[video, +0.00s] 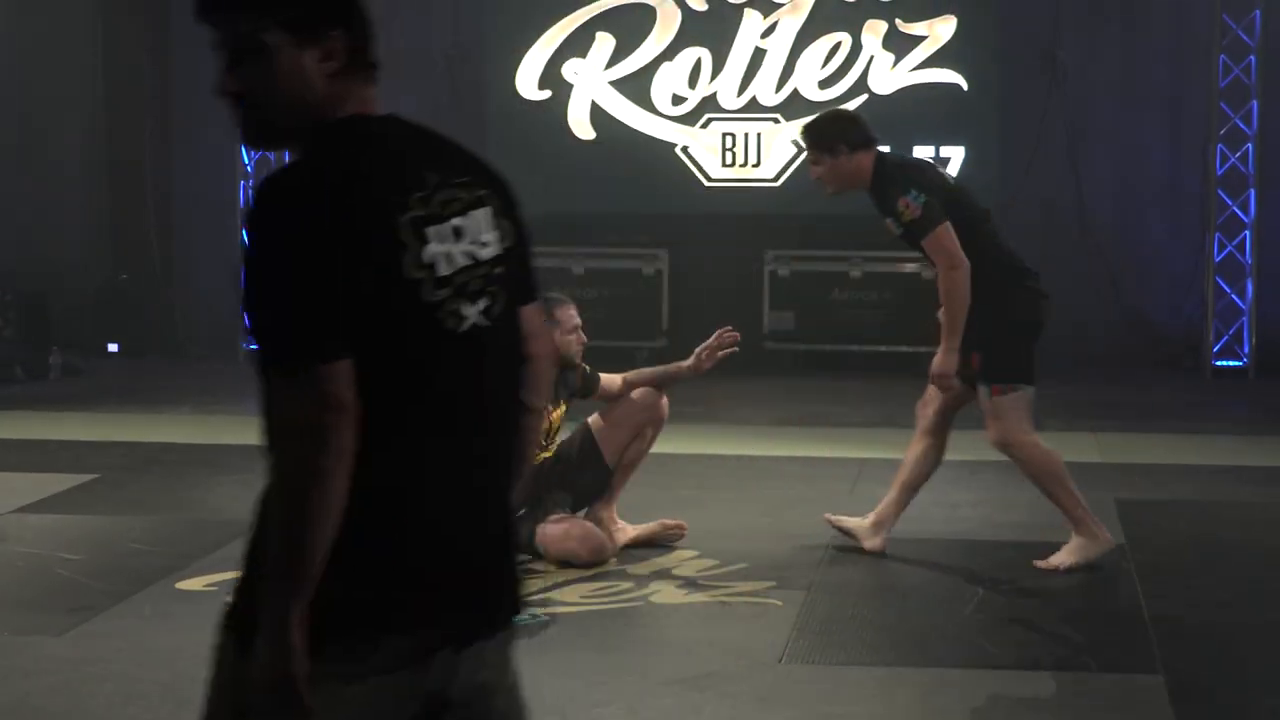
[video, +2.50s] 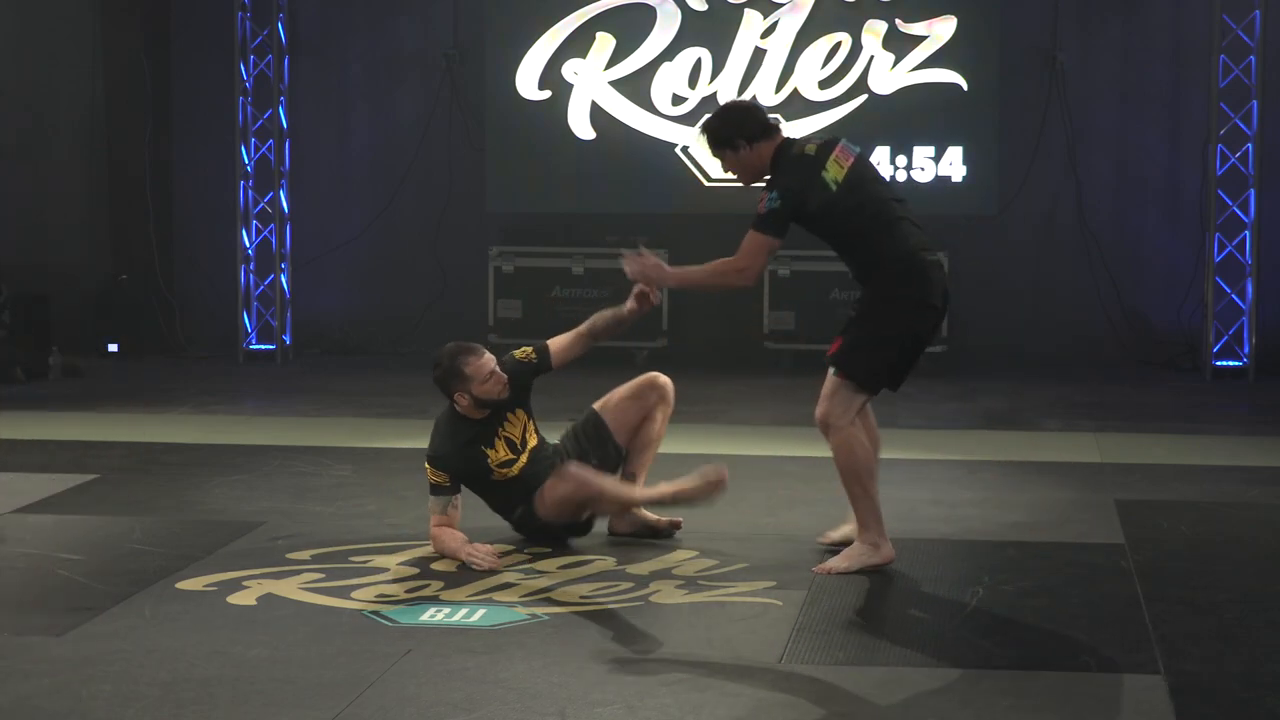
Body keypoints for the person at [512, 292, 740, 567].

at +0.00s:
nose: (583, 339)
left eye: (581, 330)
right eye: (573, 332)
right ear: (544, 338)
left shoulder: (563, 374)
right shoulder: (510, 386)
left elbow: (621, 383)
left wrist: (688, 367)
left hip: (550, 475)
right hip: (518, 508)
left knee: (648, 402)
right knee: (586, 546)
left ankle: (604, 515)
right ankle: (625, 535)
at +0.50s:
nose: (575, 334)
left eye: (572, 325)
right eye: (565, 327)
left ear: (539, 338)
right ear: (533, 338)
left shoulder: (554, 373)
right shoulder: (491, 392)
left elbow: (606, 386)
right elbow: (448, 468)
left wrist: (665, 365)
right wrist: (451, 551)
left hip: (555, 476)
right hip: (520, 512)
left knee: (641, 400)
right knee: (594, 546)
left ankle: (603, 513)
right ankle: (620, 538)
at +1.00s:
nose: (559, 335)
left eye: (556, 327)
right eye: (551, 329)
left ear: (524, 341)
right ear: (523, 341)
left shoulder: (532, 377)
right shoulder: (483, 396)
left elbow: (566, 399)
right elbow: (416, 456)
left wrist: (598, 341)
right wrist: (409, 547)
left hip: (548, 469)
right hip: (520, 519)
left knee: (621, 385)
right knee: (598, 530)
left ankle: (601, 506)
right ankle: (630, 533)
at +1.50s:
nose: (529, 334)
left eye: (525, 326)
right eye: (519, 328)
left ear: (494, 343)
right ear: (491, 343)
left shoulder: (505, 379)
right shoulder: (447, 401)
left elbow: (546, 388)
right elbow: (398, 471)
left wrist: (604, 341)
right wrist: (394, 553)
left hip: (528, 471)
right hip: (507, 520)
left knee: (598, 389)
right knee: (599, 508)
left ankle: (555, 505)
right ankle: (629, 529)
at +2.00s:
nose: (528, 349)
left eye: (524, 339)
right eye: (518, 343)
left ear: (497, 352)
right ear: (486, 356)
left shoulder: (522, 373)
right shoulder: (447, 409)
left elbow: (614, 378)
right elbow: (398, 483)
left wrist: (691, 362)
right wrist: (392, 550)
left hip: (527, 473)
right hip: (514, 515)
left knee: (601, 396)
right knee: (609, 444)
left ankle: (570, 513)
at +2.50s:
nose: (503, 377)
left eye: (498, 367)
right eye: (490, 378)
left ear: (496, 360)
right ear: (462, 398)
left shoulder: (512, 370)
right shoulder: (447, 446)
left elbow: (584, 335)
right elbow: (441, 529)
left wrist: (627, 311)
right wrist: (465, 549)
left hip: (566, 462)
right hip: (537, 513)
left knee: (657, 387)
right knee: (574, 478)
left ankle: (626, 513)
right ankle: (673, 493)